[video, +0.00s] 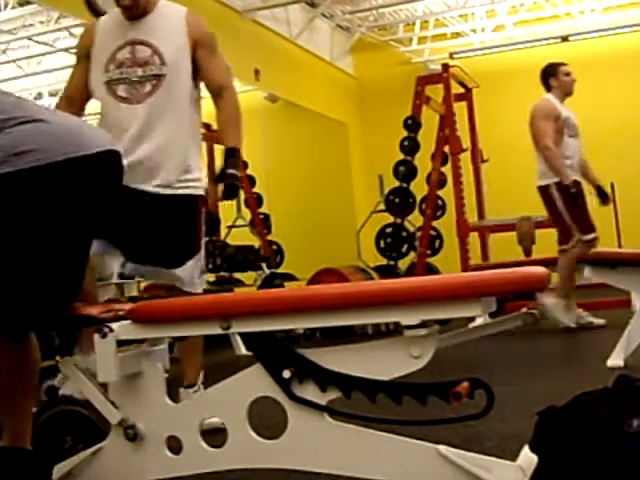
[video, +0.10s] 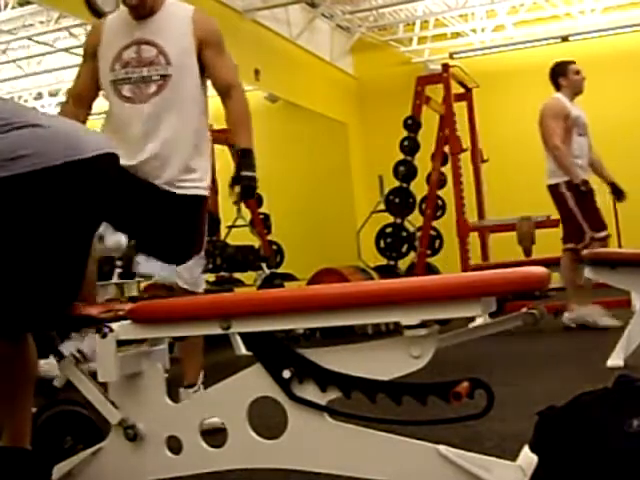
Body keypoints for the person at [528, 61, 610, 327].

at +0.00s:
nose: (573, 79)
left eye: (571, 74)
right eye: (567, 75)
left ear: (561, 80)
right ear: (552, 81)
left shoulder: (564, 112)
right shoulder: (545, 107)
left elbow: (576, 155)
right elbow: (546, 146)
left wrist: (597, 184)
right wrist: (565, 178)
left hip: (569, 182)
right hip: (555, 182)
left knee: (569, 245)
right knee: (585, 238)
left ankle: (570, 307)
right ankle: (554, 295)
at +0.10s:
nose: (582, 77)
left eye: (581, 73)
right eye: (576, 73)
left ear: (570, 80)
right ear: (561, 80)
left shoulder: (574, 110)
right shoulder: (554, 106)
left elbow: (588, 154)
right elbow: (554, 145)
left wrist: (611, 182)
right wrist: (576, 176)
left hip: (575, 181)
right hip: (565, 181)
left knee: (572, 245)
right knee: (597, 237)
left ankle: (573, 306)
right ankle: (583, 302)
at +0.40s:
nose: (621, 70)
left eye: (619, 66)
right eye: (615, 67)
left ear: (606, 75)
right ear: (601, 75)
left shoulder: (613, 103)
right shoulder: (595, 103)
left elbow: (625, 145)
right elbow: (601, 148)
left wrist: (636, 167)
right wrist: (622, 178)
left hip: (623, 177)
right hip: (610, 179)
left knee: (616, 240)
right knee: (625, 240)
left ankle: (581, 299)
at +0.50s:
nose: (629, 67)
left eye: (627, 62)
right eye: (622, 64)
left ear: (611, 74)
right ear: (608, 74)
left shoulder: (619, 98)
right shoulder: (605, 99)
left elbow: (624, 141)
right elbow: (613, 145)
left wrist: (634, 168)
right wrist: (634, 172)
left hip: (628, 172)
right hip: (618, 174)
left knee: (635, 234)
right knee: (630, 235)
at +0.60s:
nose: (638, 65)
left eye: (636, 60)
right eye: (632, 61)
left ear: (622, 71)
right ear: (619, 71)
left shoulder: (629, 94)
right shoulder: (616, 97)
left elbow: (628, 139)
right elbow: (626, 139)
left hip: (633, 169)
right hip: (628, 171)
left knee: (638, 235)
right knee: (638, 235)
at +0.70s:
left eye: (639, 58)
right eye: (636, 60)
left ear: (627, 68)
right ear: (625, 67)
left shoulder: (630, 92)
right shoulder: (623, 94)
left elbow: (630, 136)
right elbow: (632, 136)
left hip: (633, 166)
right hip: (632, 167)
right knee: (639, 231)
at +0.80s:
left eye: (639, 60)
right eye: (639, 61)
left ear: (631, 67)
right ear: (632, 66)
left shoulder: (628, 93)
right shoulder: (631, 93)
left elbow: (631, 134)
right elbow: (634, 134)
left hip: (635, 164)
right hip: (636, 165)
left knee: (638, 222)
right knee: (639, 223)